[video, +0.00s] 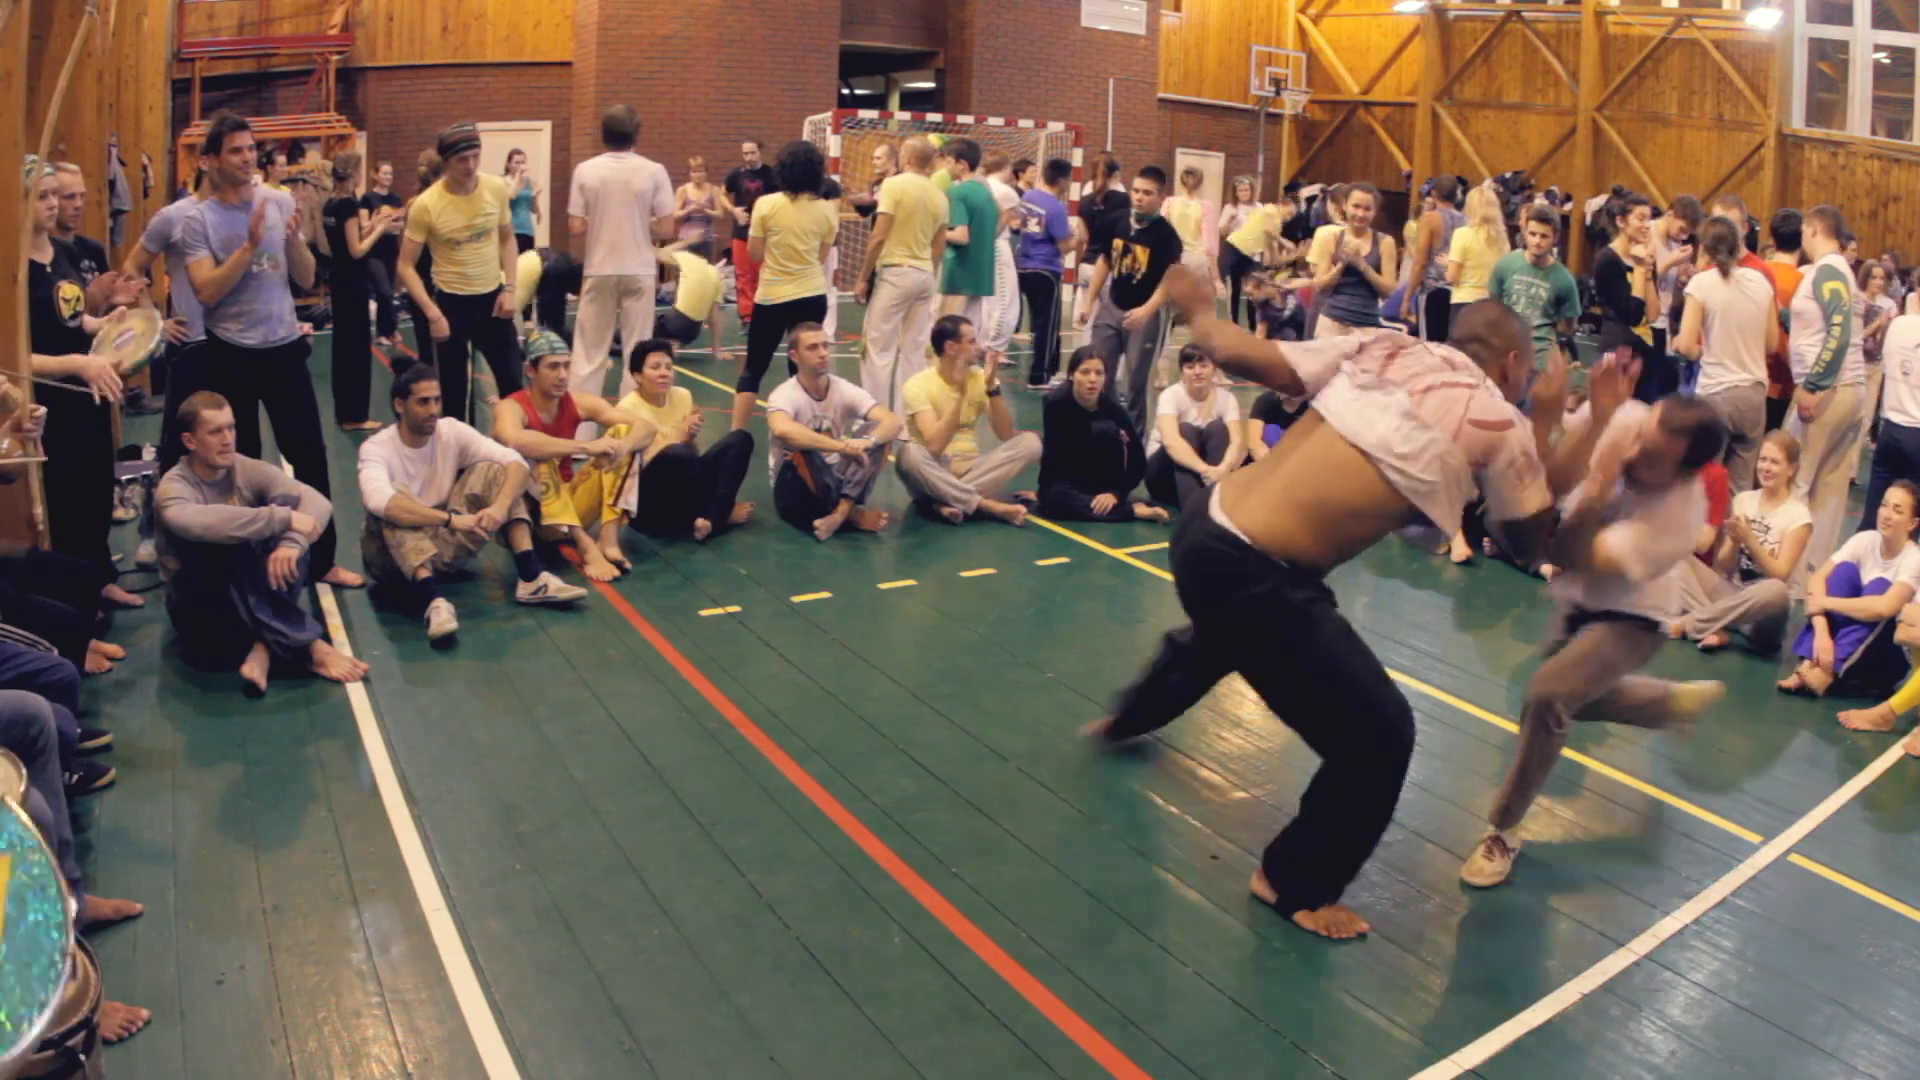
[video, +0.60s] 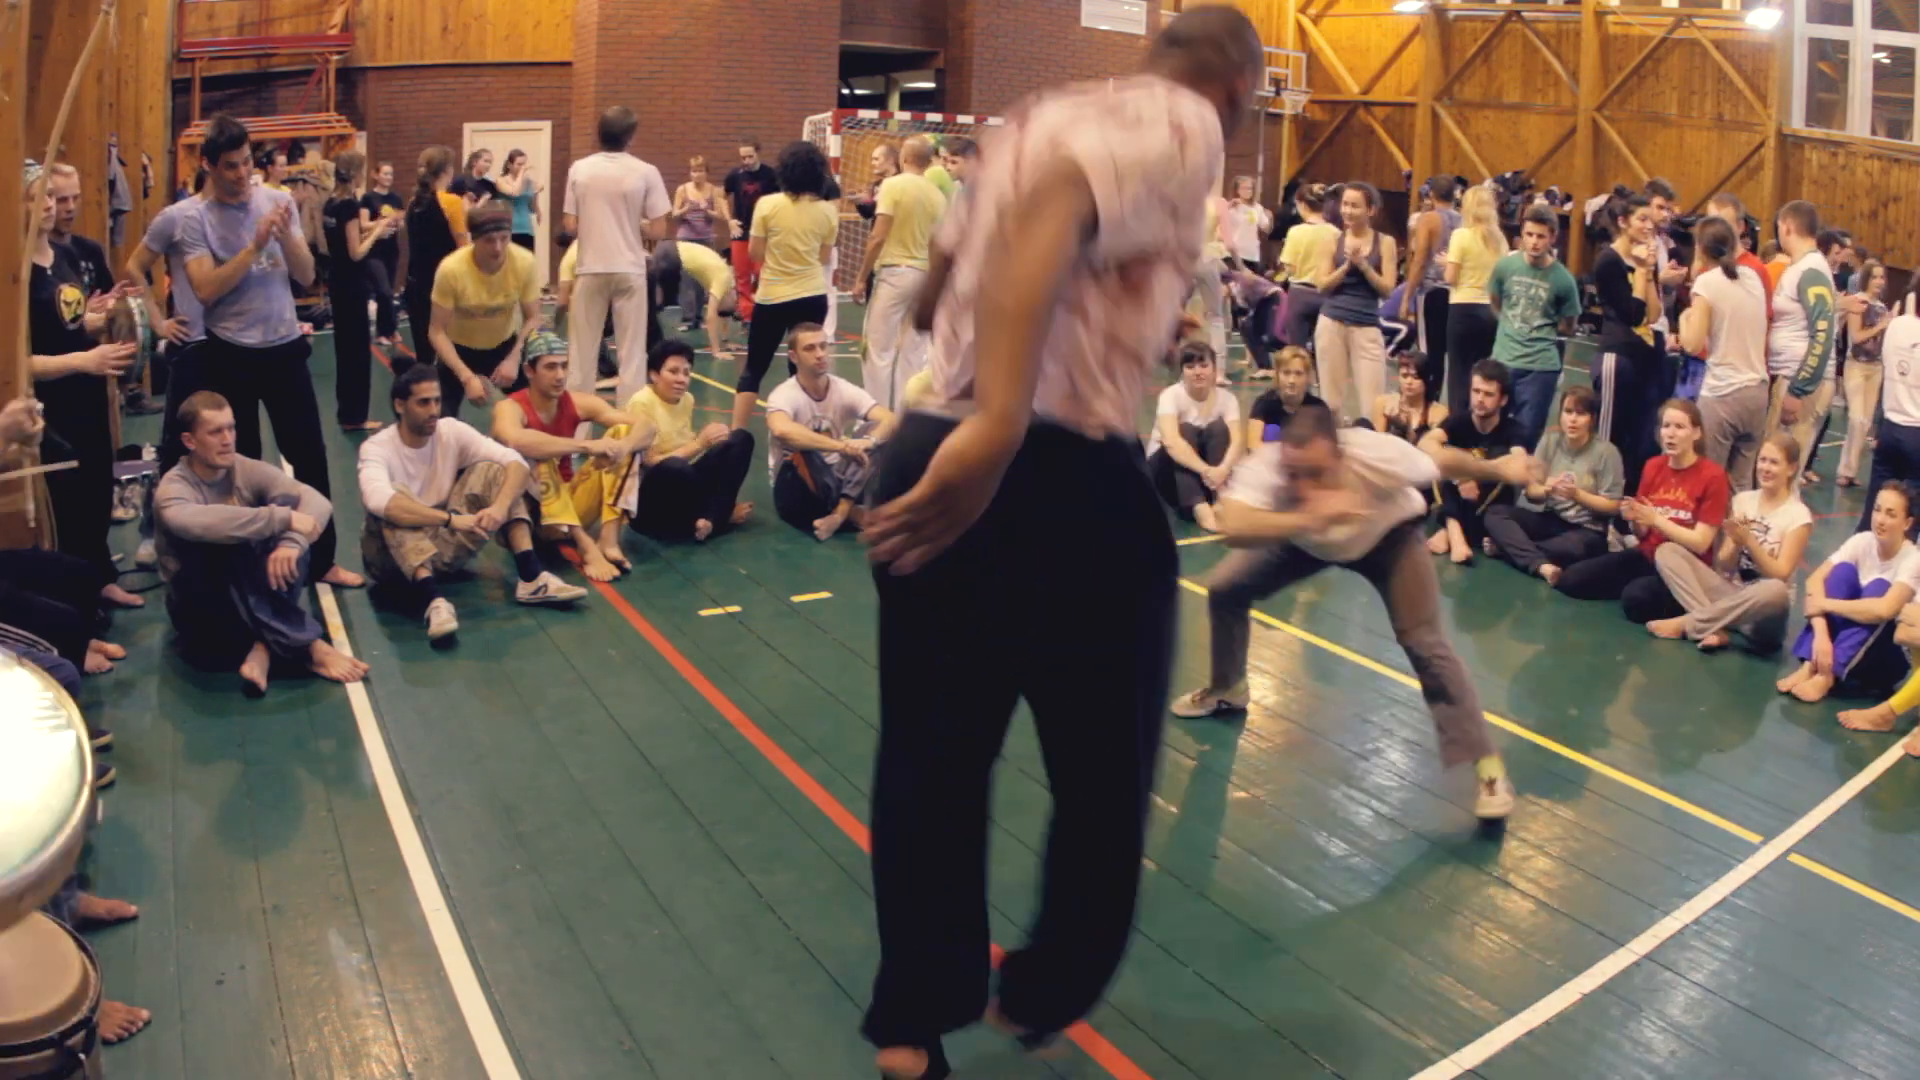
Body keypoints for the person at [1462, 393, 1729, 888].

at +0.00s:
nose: (1635, 457)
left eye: (1650, 458)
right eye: (1638, 443)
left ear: (1685, 470)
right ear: (1646, 422)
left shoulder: (1679, 518)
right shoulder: (1630, 420)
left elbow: (1572, 551)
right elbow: (1554, 481)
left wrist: (1601, 489)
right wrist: (1590, 418)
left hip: (1634, 617)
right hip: (1578, 595)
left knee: (1548, 696)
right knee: (1561, 699)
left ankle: (1501, 835)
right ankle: (1675, 702)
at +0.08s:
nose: (1620, 510)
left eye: (1635, 516)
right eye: (1625, 496)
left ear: (1663, 525)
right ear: (1632, 469)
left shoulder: (1650, 569)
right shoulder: (1593, 458)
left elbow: (1548, 613)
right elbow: (1513, 498)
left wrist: (1584, 529)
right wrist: (1578, 510)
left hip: (1590, 626)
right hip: (1526, 588)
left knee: (1534, 703)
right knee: (1489, 696)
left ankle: (1492, 830)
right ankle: (1566, 712)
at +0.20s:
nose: (1567, 570)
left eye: (1586, 580)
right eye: (1578, 554)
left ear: (1610, 594)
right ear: (1585, 528)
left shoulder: (1610, 615)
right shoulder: (1542, 509)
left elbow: (1560, 682)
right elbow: (1507, 587)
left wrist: (1526, 716)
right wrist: (1522, 685)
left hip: (1533, 655)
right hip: (1468, 608)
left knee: (1522, 729)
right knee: (1389, 678)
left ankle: (1484, 830)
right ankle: (1392, 701)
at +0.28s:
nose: (1530, 583)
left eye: (1549, 592)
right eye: (1542, 566)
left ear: (1572, 603)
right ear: (1554, 534)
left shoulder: (1579, 622)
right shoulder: (1500, 523)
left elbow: (1556, 731)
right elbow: (1458, 631)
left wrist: (1527, 819)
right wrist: (1510, 734)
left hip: (1505, 643)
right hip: (1436, 599)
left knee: (1503, 730)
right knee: (1359, 652)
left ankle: (1487, 833)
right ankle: (1326, 689)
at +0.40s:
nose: (1464, 558)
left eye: (1482, 558)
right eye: (1468, 542)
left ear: (1508, 554)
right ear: (1467, 509)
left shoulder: (1517, 571)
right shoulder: (1415, 504)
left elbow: (1555, 666)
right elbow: (1396, 618)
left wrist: (1581, 754)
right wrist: (1484, 641)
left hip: (1458, 620)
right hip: (1389, 585)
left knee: (1460, 697)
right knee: (1276, 642)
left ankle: (1484, 835)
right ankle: (1236, 694)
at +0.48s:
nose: (1402, 524)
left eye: (1417, 518)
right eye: (1398, 509)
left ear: (1443, 510)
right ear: (1389, 484)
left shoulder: (1470, 522)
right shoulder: (1353, 487)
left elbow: (1526, 573)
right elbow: (1352, 584)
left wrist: (1562, 611)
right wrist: (1448, 570)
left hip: (1432, 584)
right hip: (1359, 566)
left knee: (1430, 675)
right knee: (1252, 624)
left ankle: (1481, 824)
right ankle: (1228, 701)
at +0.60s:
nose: (1302, 478)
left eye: (1311, 467)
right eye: (1293, 467)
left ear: (1335, 449)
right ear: (1282, 451)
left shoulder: (1375, 455)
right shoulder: (1269, 461)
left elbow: (1445, 463)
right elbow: (1230, 522)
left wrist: (1504, 469)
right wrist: (1304, 521)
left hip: (1388, 534)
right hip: (1307, 540)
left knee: (1423, 641)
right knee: (1226, 588)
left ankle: (1486, 764)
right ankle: (1228, 690)